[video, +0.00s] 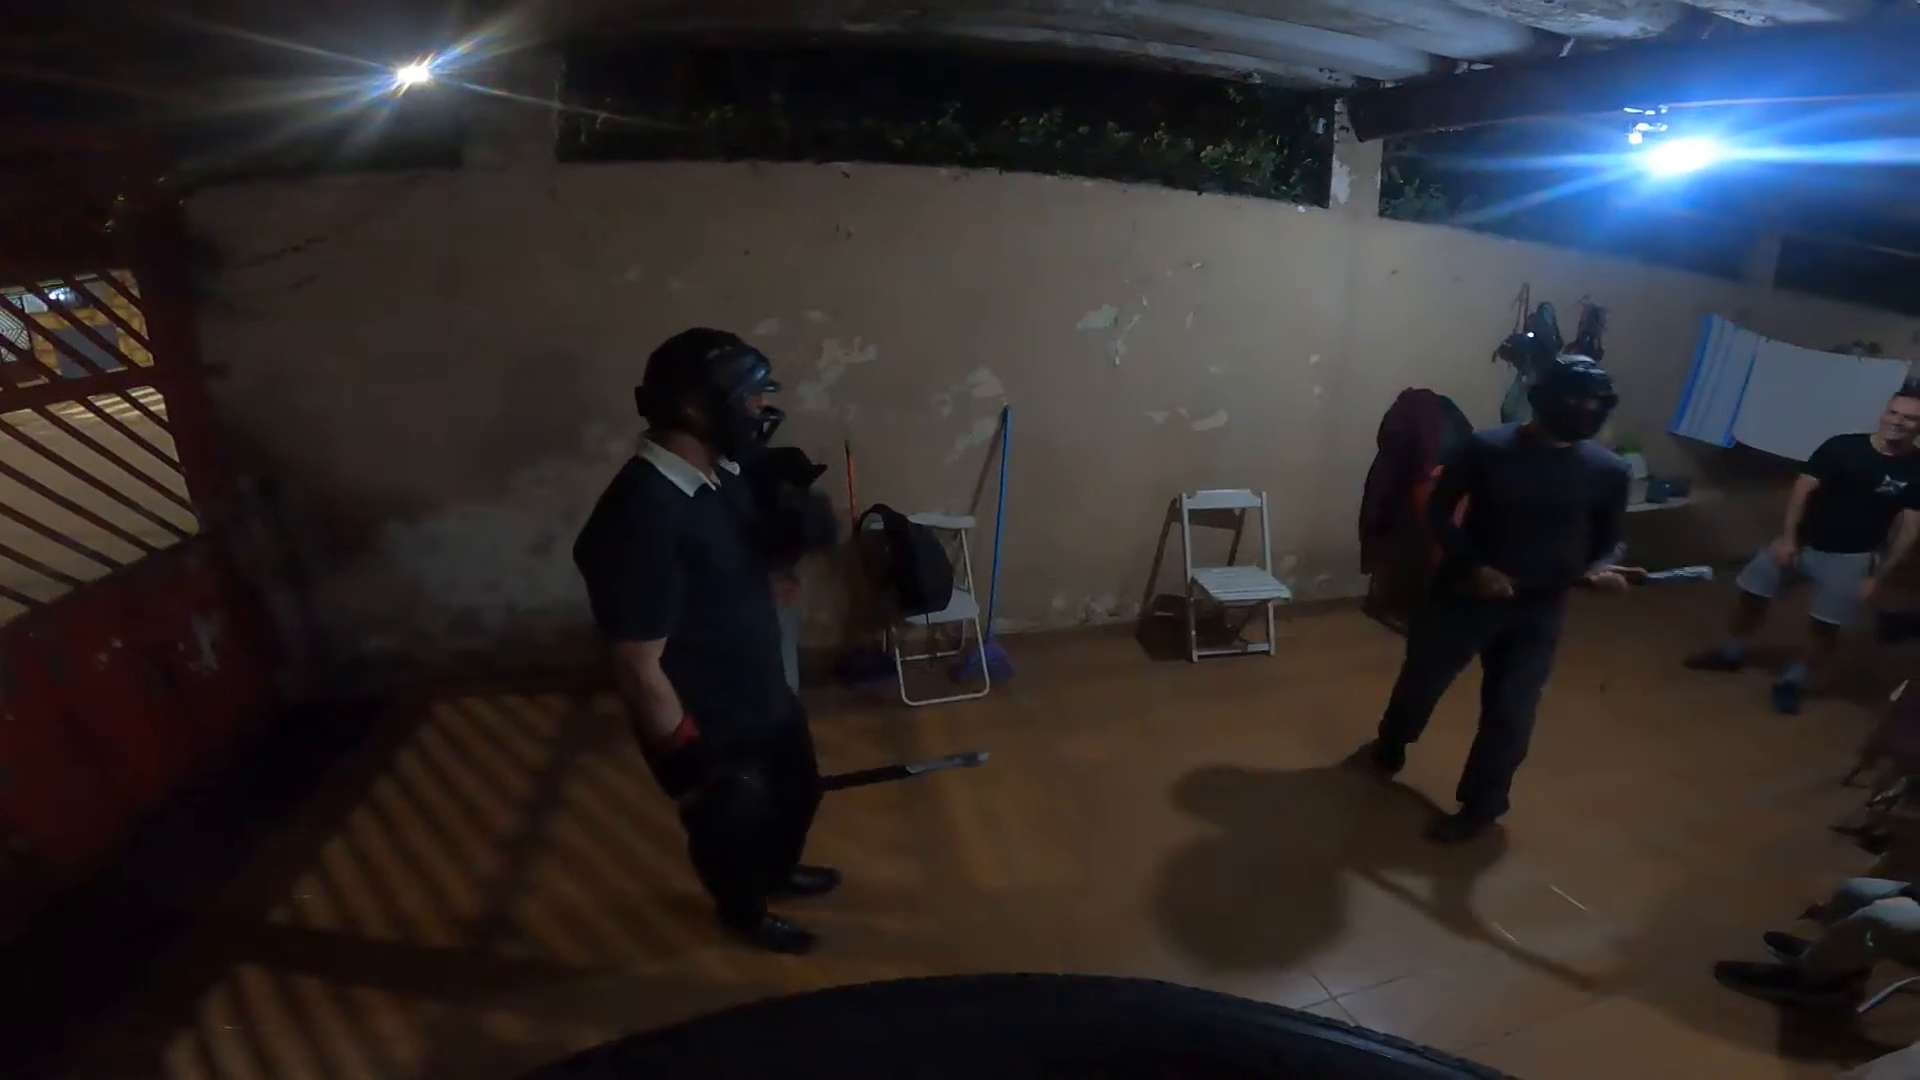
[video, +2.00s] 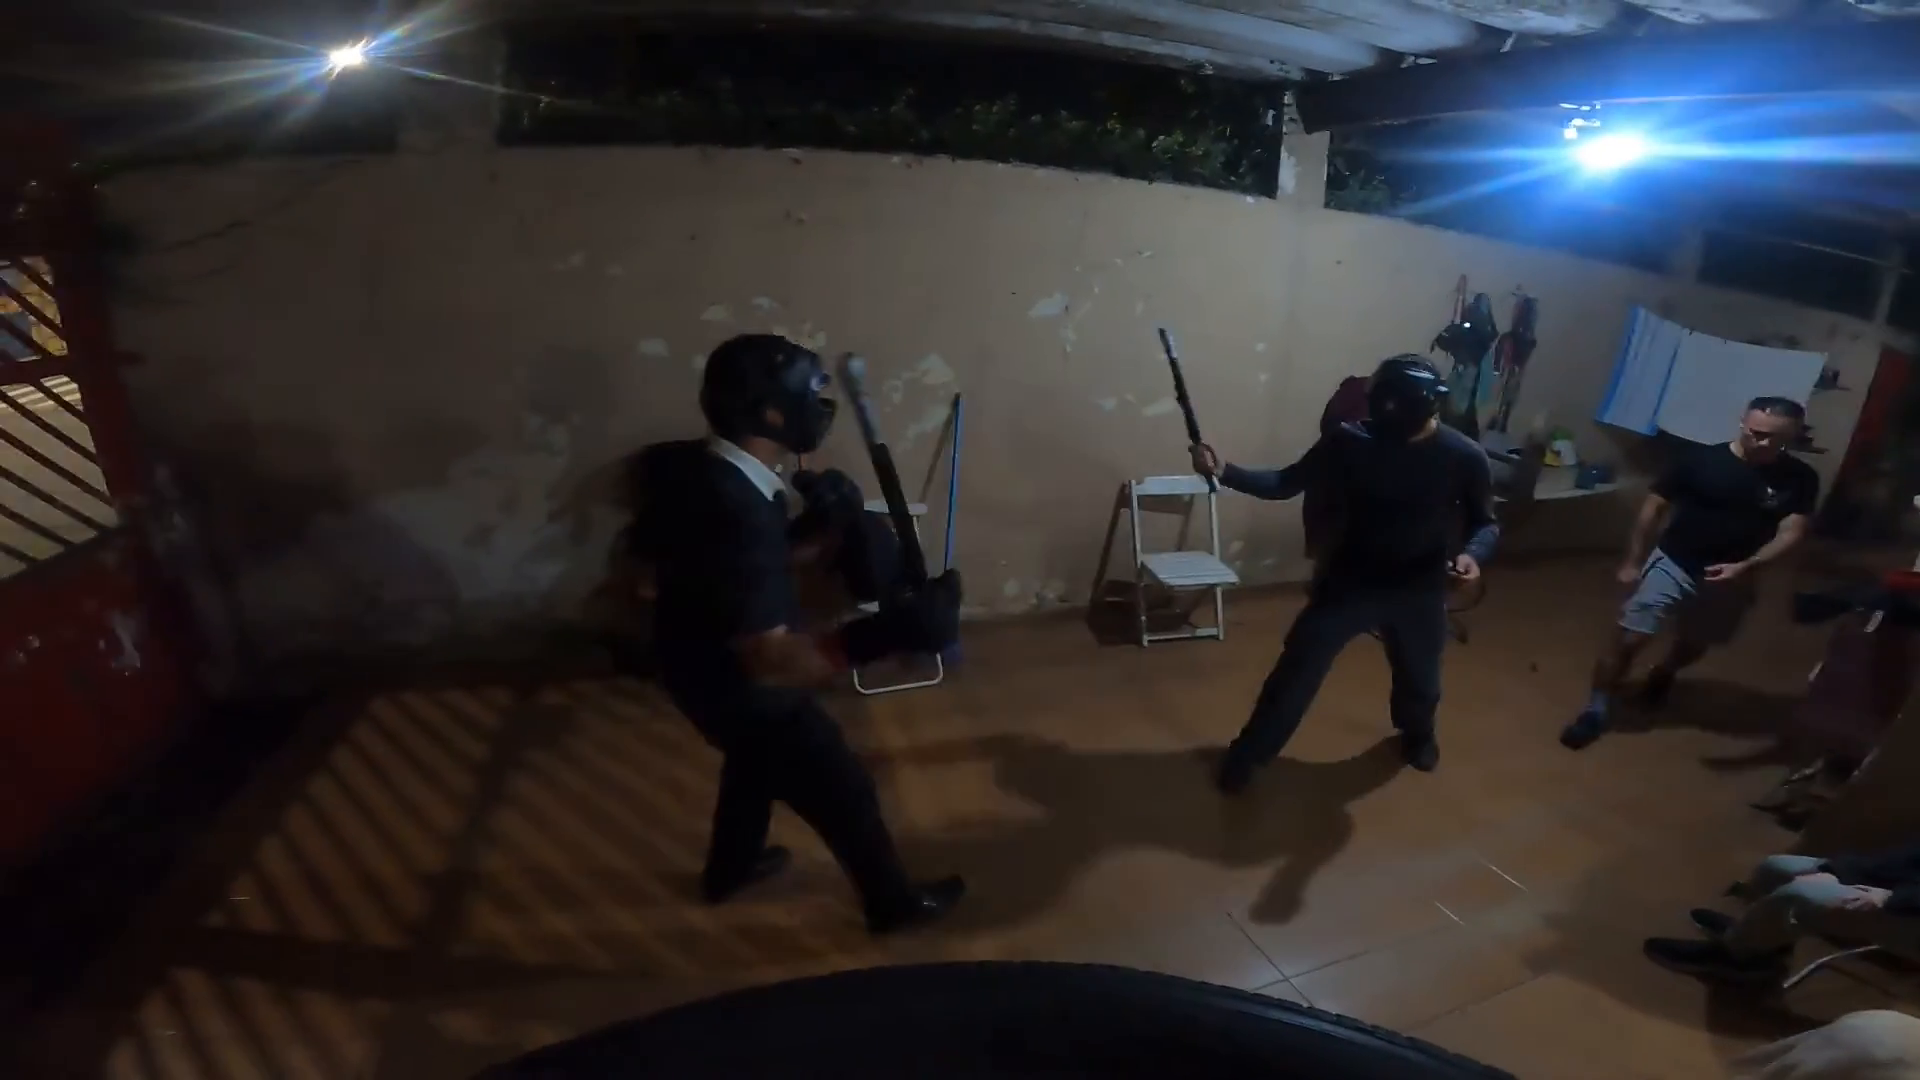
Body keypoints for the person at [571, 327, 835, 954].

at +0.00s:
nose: (760, 408)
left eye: (759, 392)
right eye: (743, 393)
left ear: (696, 409)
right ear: (692, 407)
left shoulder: (726, 478)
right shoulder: (631, 517)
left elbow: (768, 581)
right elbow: (638, 666)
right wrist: (692, 754)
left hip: (763, 686)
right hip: (706, 711)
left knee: (795, 785)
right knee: (736, 815)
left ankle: (775, 867)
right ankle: (742, 912)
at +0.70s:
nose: (702, 401)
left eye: (697, 386)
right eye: (683, 390)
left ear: (637, 411)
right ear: (633, 410)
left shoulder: (666, 483)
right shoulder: (587, 520)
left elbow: (747, 580)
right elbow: (633, 666)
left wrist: (735, 503)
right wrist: (734, 712)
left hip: (723, 700)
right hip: (668, 723)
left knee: (736, 814)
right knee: (694, 826)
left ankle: (729, 901)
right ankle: (703, 918)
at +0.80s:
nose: (626, 404)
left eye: (623, 390)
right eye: (609, 392)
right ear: (574, 405)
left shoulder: (591, 492)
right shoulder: (534, 512)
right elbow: (565, 645)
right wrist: (647, 694)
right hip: (616, 706)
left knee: (662, 805)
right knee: (656, 812)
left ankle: (667, 904)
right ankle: (664, 916)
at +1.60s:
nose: (703, 393)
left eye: (699, 378)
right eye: (687, 381)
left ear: (643, 401)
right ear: (644, 400)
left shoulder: (648, 468)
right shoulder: (609, 499)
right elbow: (638, 652)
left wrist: (705, 518)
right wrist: (745, 682)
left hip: (677, 683)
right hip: (649, 702)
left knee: (707, 785)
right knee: (707, 810)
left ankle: (703, 861)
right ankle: (672, 909)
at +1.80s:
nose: (753, 400)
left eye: (750, 385)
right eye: (738, 389)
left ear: (692, 408)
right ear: (697, 407)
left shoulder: (663, 470)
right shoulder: (662, 500)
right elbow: (689, 650)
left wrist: (748, 517)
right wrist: (793, 664)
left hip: (681, 670)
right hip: (679, 687)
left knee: (724, 765)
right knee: (798, 792)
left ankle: (709, 877)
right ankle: (755, 905)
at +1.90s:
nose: (787, 403)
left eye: (782, 389)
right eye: (771, 391)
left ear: (724, 411)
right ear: (730, 410)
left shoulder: (680, 473)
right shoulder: (701, 503)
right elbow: (718, 643)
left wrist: (784, 520)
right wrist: (808, 659)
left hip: (679, 668)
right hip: (704, 682)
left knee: (739, 752)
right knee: (819, 784)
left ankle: (723, 867)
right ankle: (837, 909)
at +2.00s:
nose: (823, 405)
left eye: (819, 392)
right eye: (809, 395)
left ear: (757, 414)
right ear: (770, 416)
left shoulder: (694, 472)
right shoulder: (742, 510)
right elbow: (765, 652)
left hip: (686, 660)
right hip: (730, 679)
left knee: (758, 745)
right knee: (834, 778)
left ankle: (732, 861)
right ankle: (890, 900)